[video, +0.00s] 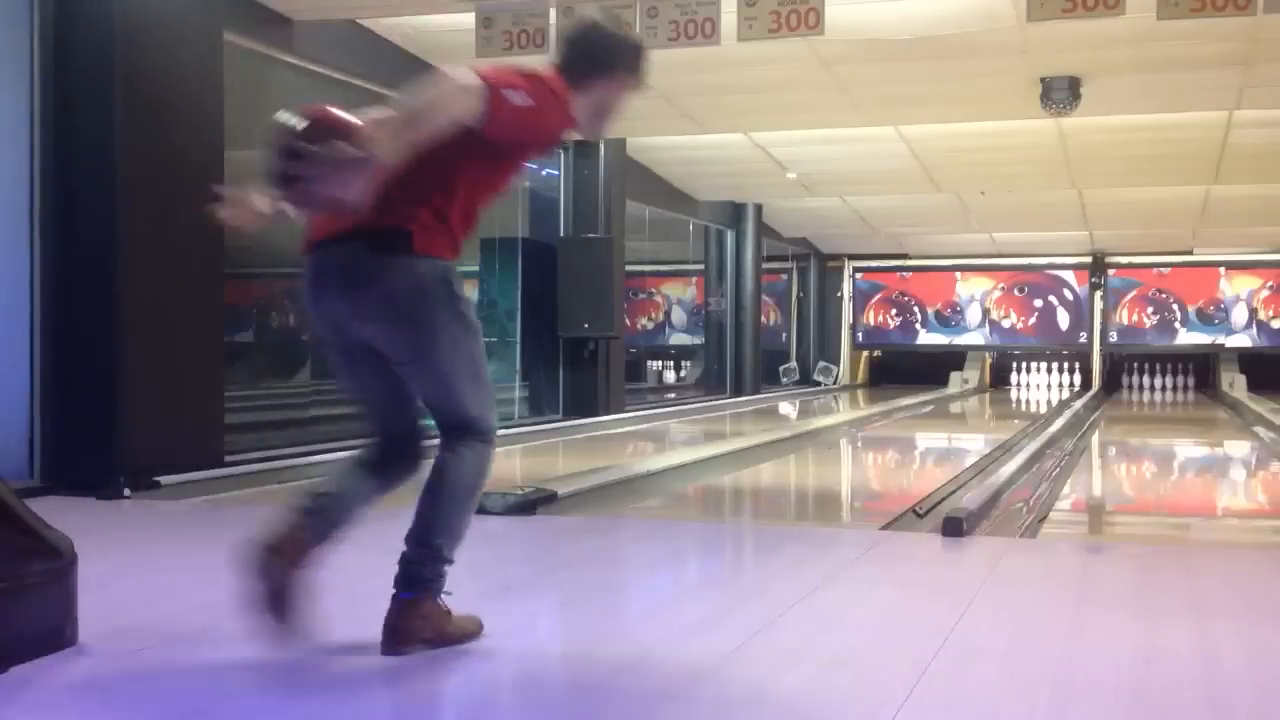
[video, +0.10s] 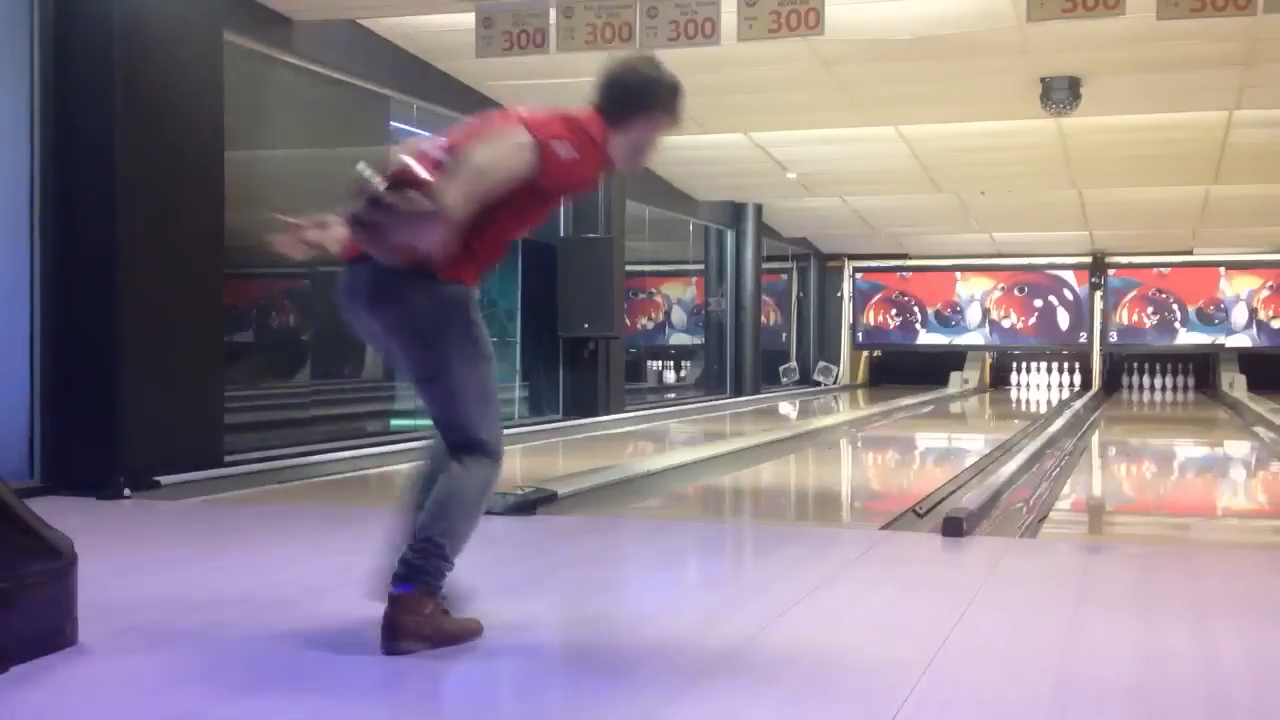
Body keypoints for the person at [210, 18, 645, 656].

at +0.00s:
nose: (622, 108)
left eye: (628, 95)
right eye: (625, 92)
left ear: (573, 65)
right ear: (603, 82)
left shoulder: (508, 89)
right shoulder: (548, 102)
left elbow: (382, 123)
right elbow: (455, 91)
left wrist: (278, 195)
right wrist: (374, 154)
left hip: (334, 268)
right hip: (403, 269)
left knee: (396, 445)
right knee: (469, 434)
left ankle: (291, 544)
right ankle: (416, 606)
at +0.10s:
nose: (656, 144)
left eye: (662, 132)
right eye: (658, 129)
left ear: (611, 105)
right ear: (637, 120)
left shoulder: (560, 131)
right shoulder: (580, 143)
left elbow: (428, 162)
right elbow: (493, 153)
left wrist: (351, 228)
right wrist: (446, 216)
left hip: (385, 278)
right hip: (424, 286)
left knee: (461, 439)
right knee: (477, 450)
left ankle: (410, 585)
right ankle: (413, 604)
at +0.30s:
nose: (719, 209)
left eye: (726, 199)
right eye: (724, 197)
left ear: (677, 167)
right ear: (712, 189)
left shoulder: (617, 177)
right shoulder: (652, 214)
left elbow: (509, 187)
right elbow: (585, 279)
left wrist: (443, 244)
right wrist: (556, 366)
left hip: (458, 299)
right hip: (476, 312)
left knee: (542, 405)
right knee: (489, 487)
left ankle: (592, 527)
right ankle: (418, 556)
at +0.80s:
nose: (781, 175)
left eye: (778, 163)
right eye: (783, 165)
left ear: (733, 139)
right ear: (774, 159)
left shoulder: (676, 148)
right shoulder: (743, 201)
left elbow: (580, 171)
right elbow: (792, 250)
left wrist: (518, 224)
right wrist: (815, 182)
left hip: (538, 252)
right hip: (556, 274)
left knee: (590, 388)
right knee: (466, 392)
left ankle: (603, 529)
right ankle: (325, 445)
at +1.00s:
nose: (781, 144)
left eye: (779, 130)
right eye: (782, 134)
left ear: (728, 113)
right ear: (775, 134)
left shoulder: (673, 136)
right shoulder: (749, 185)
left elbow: (580, 183)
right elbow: (787, 291)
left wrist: (562, 242)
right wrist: (799, 290)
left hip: (562, 263)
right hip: (567, 272)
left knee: (604, 390)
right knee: (492, 396)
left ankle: (608, 531)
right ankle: (362, 475)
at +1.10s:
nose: (774, 137)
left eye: (772, 127)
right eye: (778, 128)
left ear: (724, 110)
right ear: (771, 128)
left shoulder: (667, 134)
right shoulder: (748, 186)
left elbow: (581, 187)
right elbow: (754, 292)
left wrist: (590, 264)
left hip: (562, 263)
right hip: (574, 275)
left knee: (608, 391)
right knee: (496, 400)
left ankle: (608, 531)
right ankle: (367, 476)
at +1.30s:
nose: (775, 121)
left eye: (771, 111)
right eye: (778, 113)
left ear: (722, 99)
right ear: (771, 114)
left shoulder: (666, 125)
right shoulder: (749, 174)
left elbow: (581, 175)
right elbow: (709, 260)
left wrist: (541, 254)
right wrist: (681, 354)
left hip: (558, 261)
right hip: (583, 275)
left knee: (620, 390)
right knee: (502, 400)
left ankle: (609, 530)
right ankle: (369, 466)